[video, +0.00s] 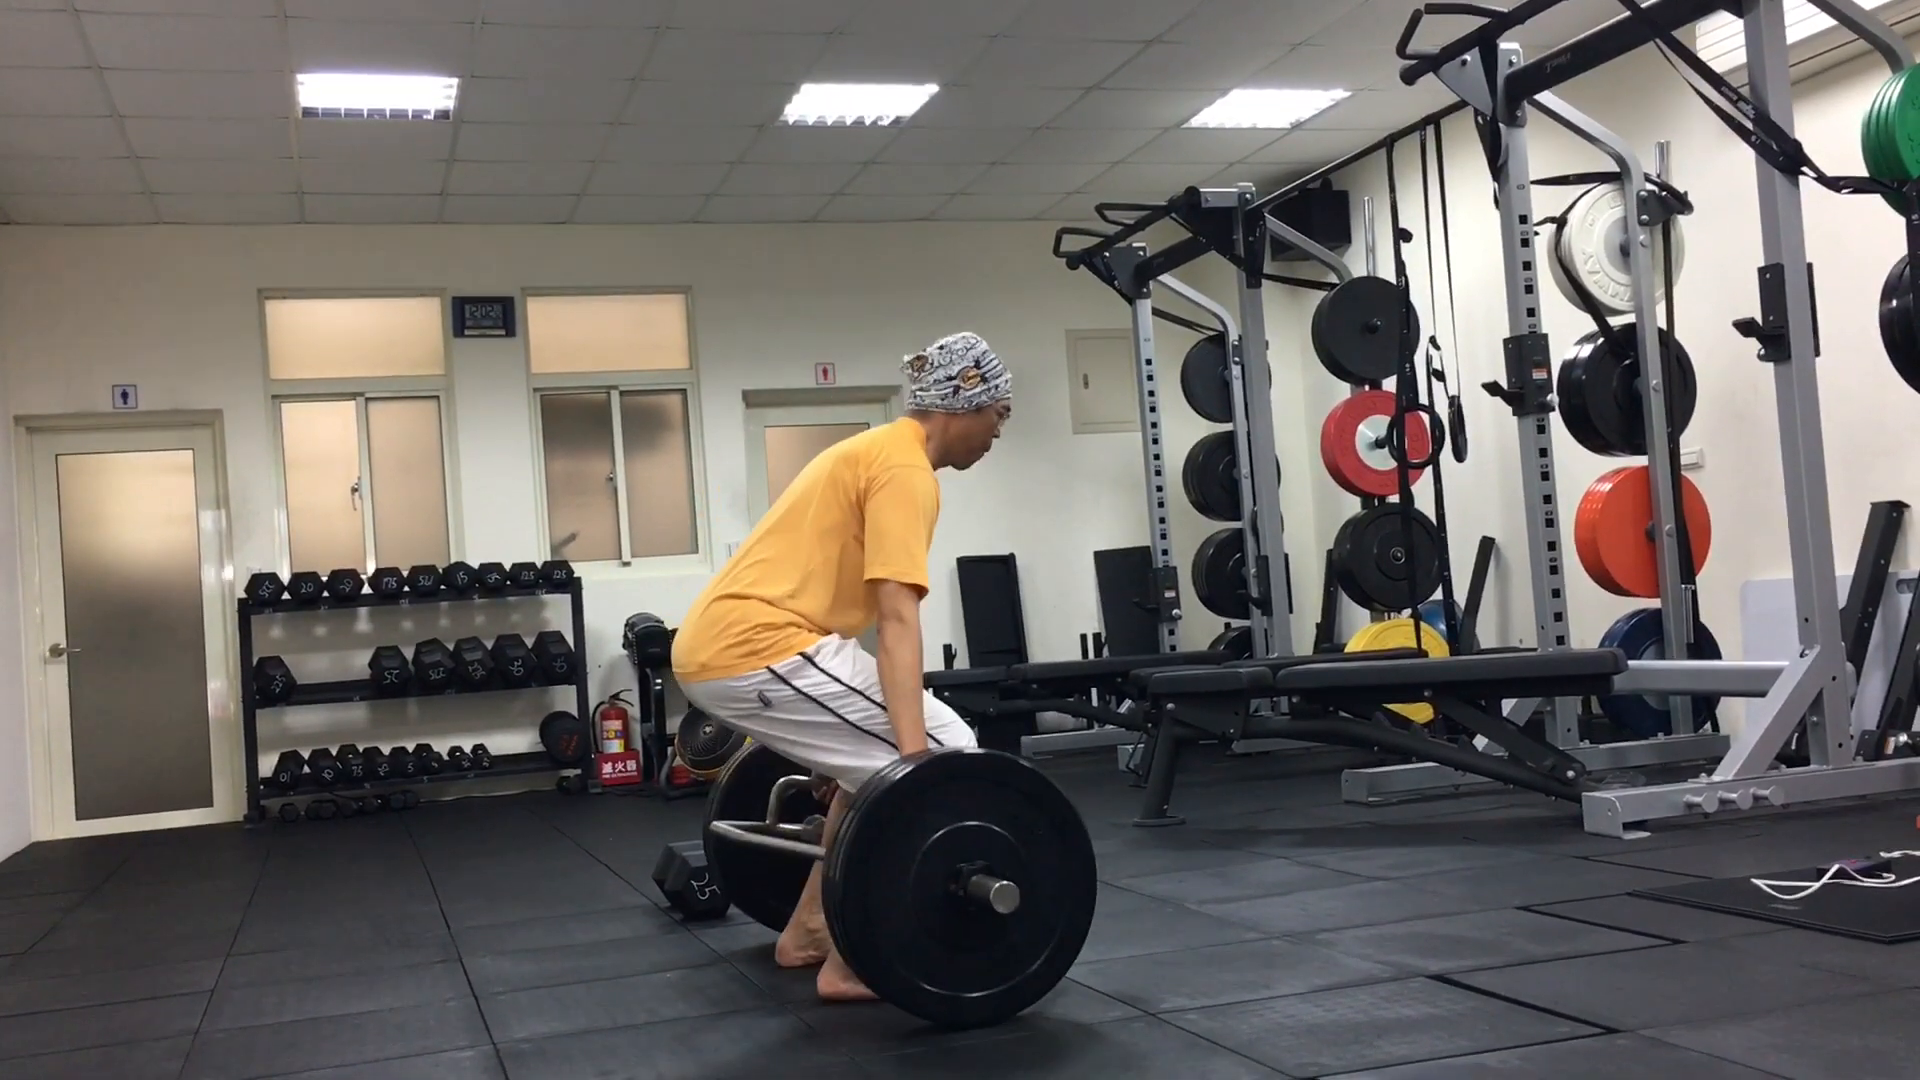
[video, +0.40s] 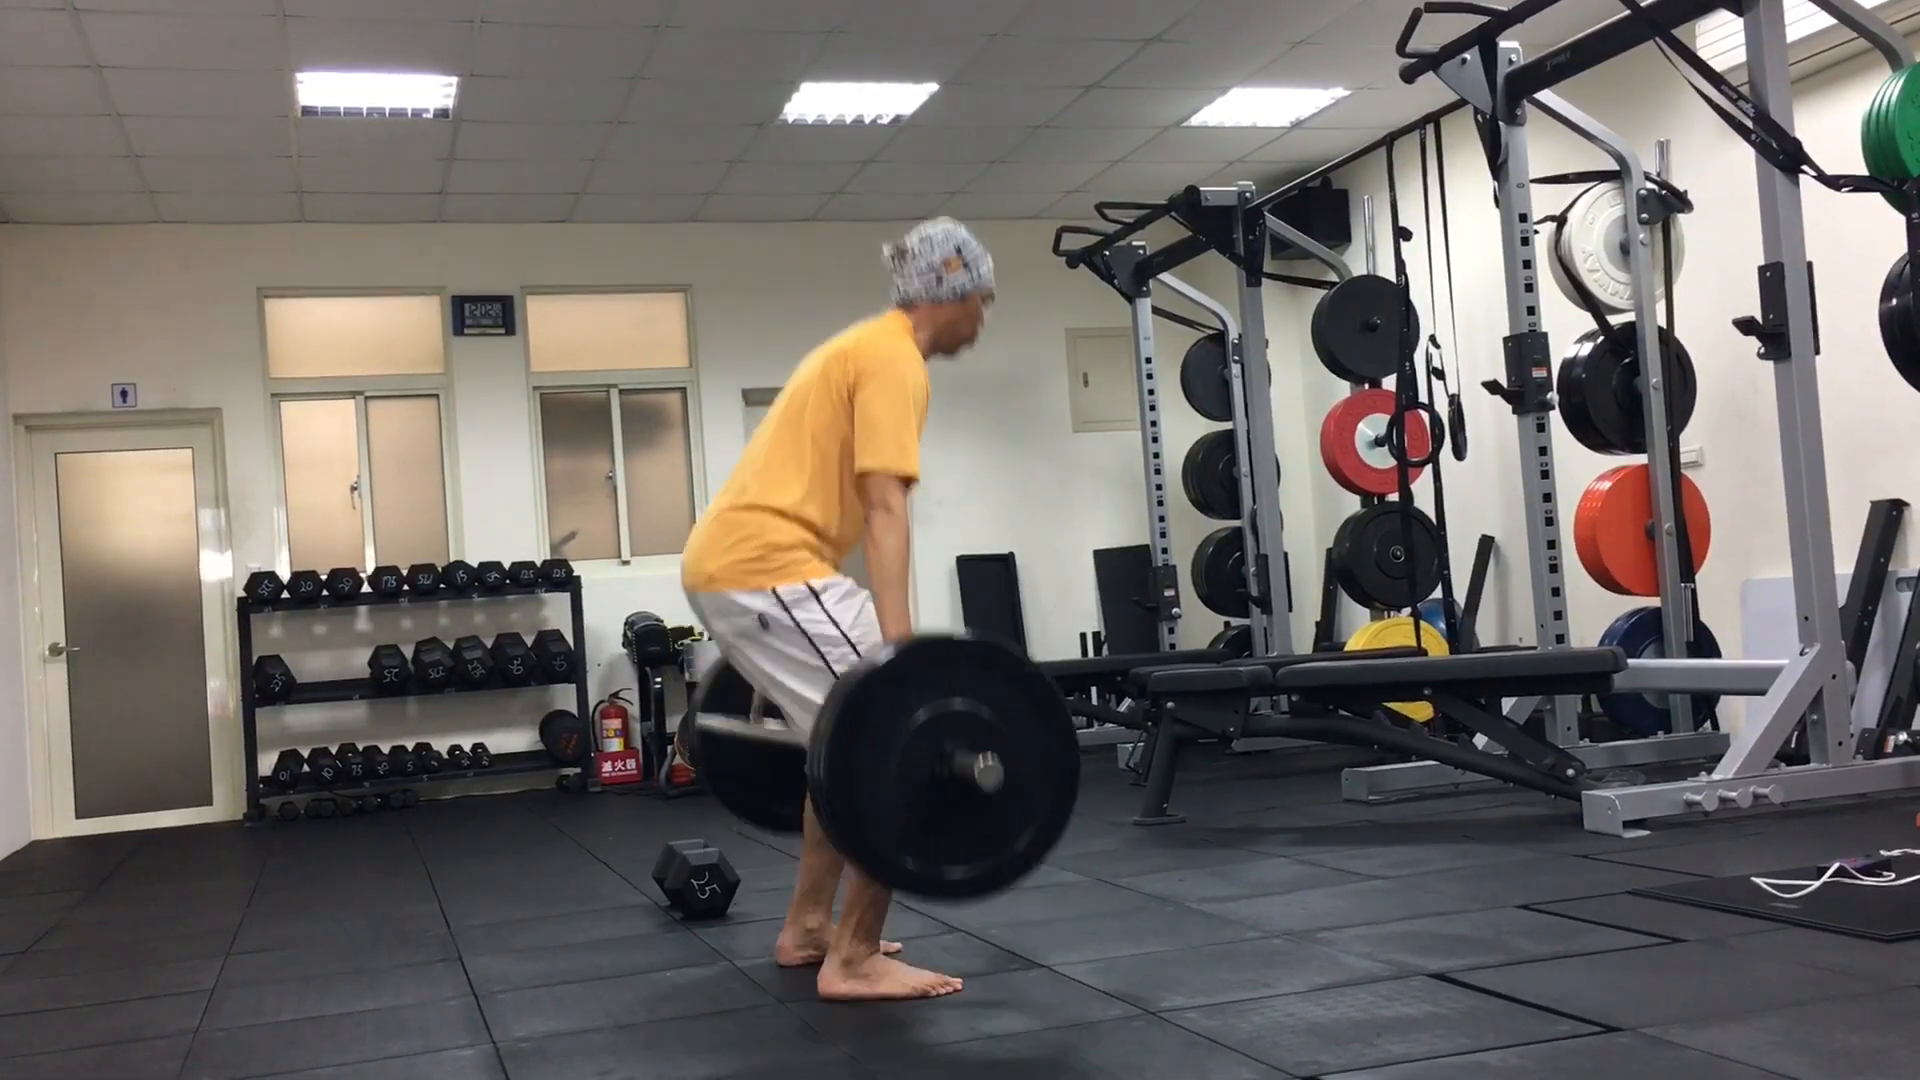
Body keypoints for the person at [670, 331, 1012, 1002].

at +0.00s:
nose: (997, 436)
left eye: (1001, 421)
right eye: (997, 418)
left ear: (936, 404)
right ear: (961, 407)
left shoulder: (873, 452)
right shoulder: (903, 464)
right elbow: (896, 618)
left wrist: (853, 753)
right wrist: (912, 754)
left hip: (718, 645)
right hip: (759, 647)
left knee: (885, 754)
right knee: (947, 749)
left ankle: (808, 931)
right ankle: (856, 961)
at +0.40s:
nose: (981, 325)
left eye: (984, 306)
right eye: (981, 305)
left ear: (921, 291)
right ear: (950, 294)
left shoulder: (858, 349)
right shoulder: (890, 354)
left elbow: (843, 510)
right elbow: (885, 504)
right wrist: (901, 651)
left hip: (728, 563)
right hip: (767, 562)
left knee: (850, 727)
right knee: (896, 725)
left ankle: (809, 925)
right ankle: (856, 956)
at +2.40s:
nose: (984, 307)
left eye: (988, 291)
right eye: (985, 288)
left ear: (930, 269)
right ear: (957, 273)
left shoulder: (864, 326)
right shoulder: (896, 330)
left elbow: (848, 484)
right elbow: (889, 475)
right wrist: (907, 619)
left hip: (748, 550)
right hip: (793, 549)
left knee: (852, 728)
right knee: (898, 724)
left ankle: (816, 921)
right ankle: (863, 953)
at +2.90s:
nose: (927, 201)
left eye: (929, 186)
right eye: (925, 183)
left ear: (860, 171)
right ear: (893, 171)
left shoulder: (807, 248)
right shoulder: (849, 244)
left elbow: (804, 405)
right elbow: (863, 384)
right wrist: (896, 519)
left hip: (794, 521)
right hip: (842, 520)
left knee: (798, 731)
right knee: (843, 734)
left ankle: (809, 923)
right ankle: (857, 951)